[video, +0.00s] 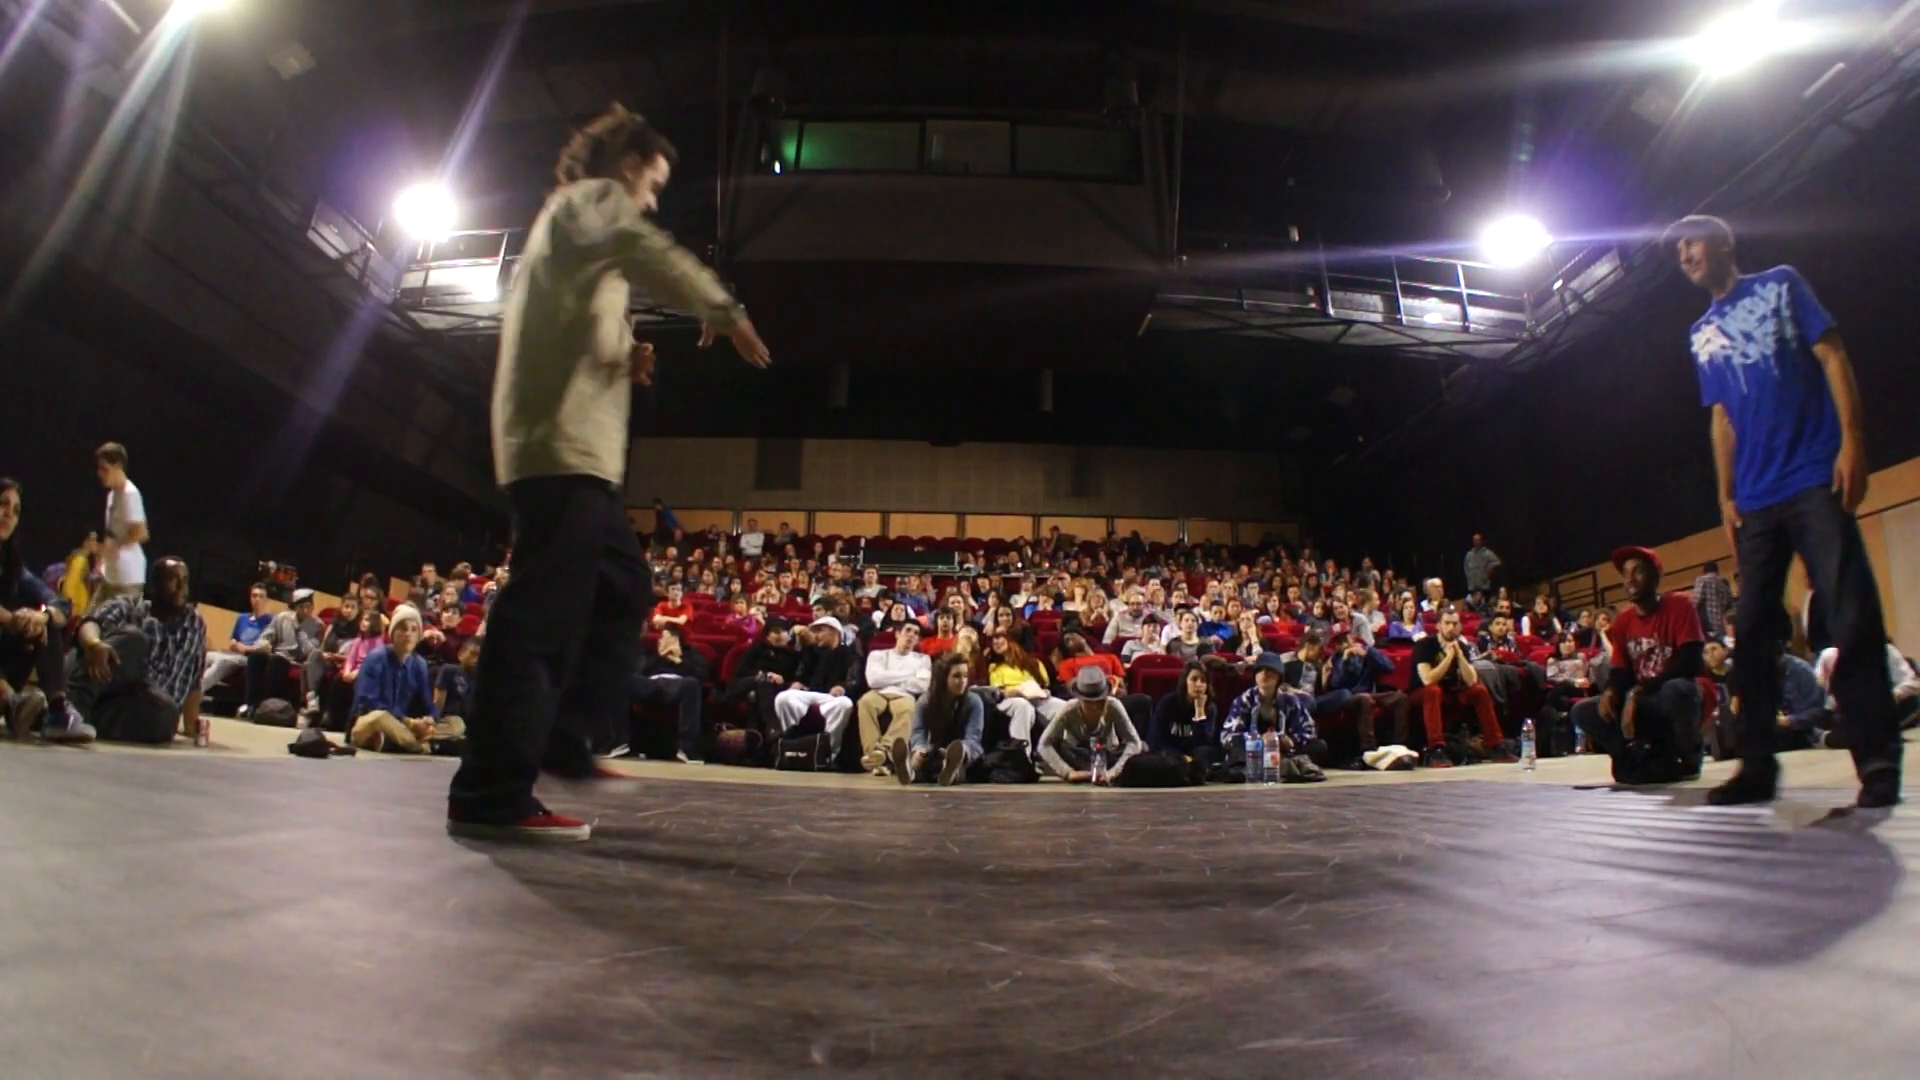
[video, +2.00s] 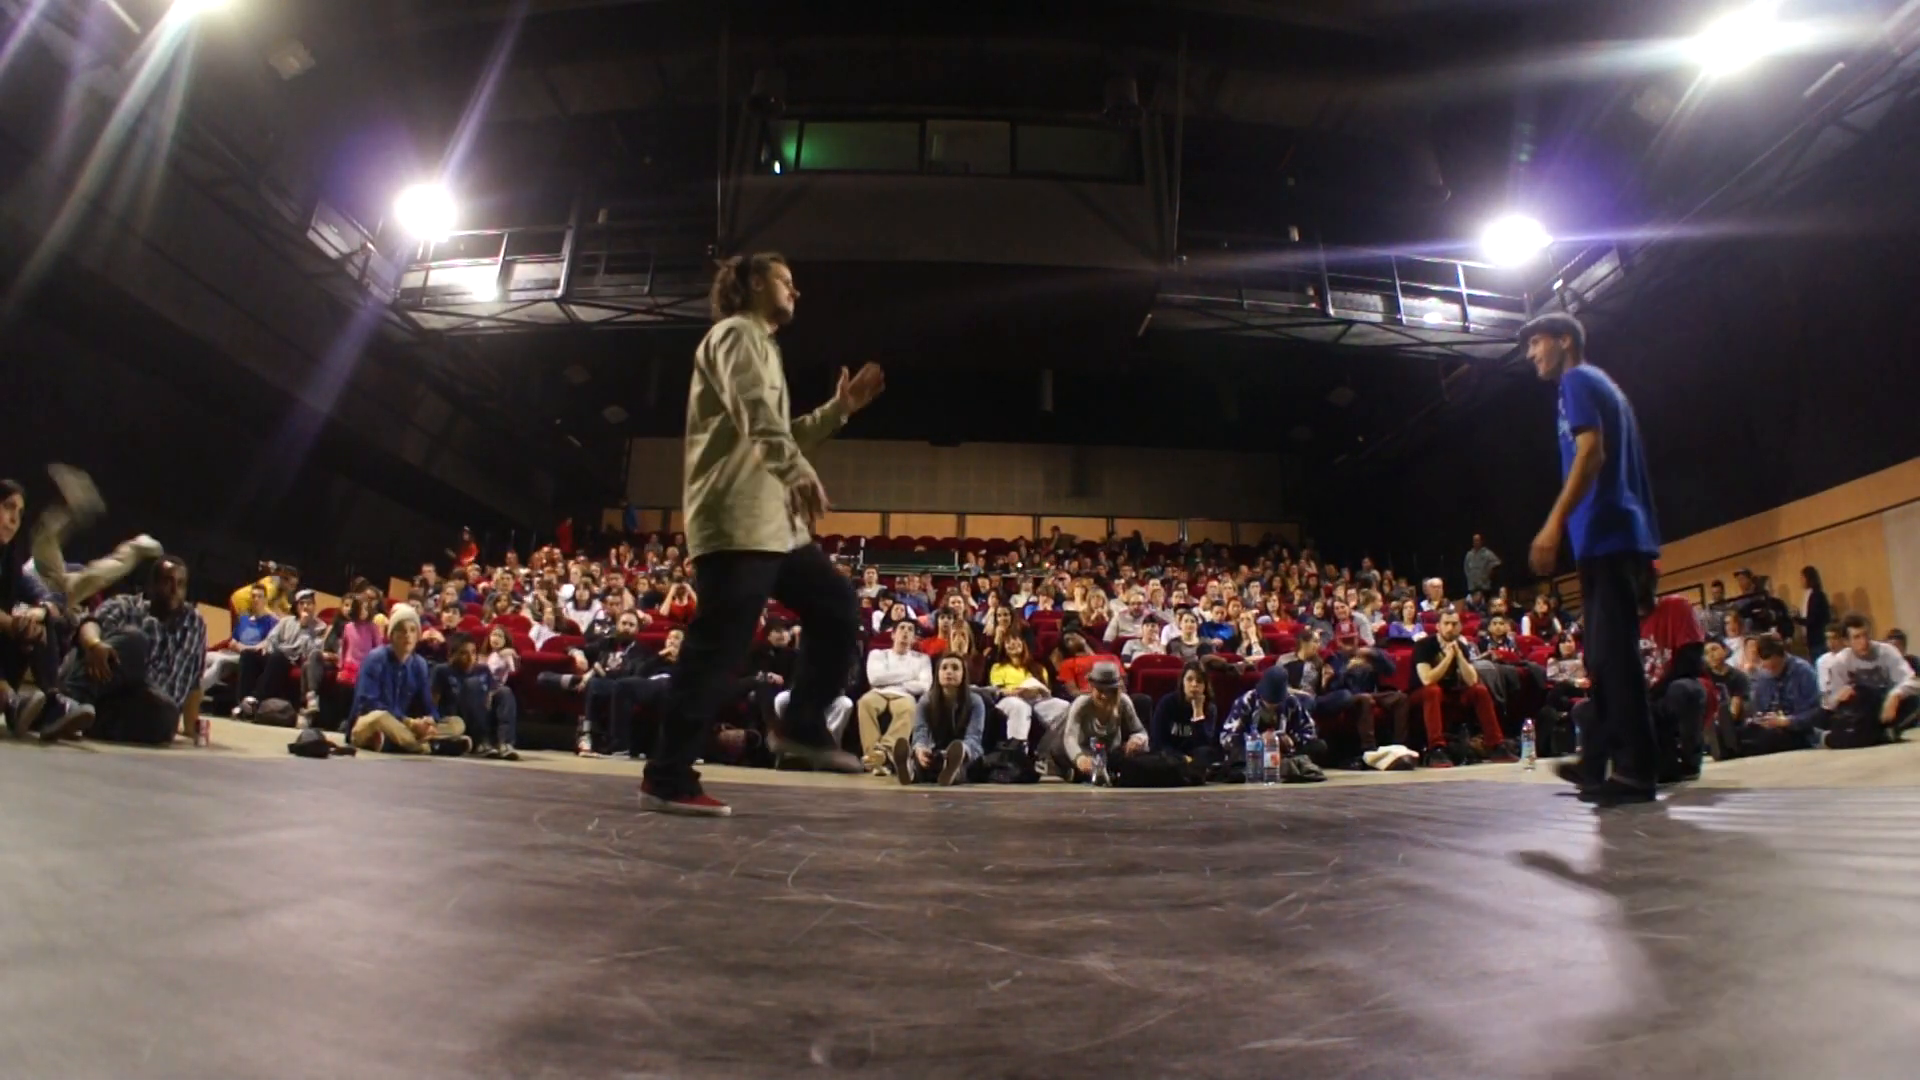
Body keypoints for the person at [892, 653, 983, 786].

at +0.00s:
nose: (962, 681)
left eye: (965, 676)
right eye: (956, 676)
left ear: (968, 678)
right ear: (943, 678)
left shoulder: (974, 702)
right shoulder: (926, 701)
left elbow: (973, 738)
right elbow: (918, 731)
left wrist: (960, 751)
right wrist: (919, 749)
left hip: (959, 750)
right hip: (932, 749)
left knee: (955, 762)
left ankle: (950, 772)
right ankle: (910, 770)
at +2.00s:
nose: (949, 672)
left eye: (955, 668)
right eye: (944, 667)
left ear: (963, 674)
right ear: (937, 673)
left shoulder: (975, 701)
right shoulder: (926, 701)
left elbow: (974, 738)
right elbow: (920, 730)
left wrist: (961, 751)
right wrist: (920, 747)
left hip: (962, 751)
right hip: (934, 749)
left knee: (956, 763)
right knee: (920, 761)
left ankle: (949, 774)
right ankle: (910, 769)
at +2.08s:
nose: (948, 672)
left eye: (955, 668)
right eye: (944, 667)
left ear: (963, 674)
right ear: (937, 673)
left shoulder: (975, 701)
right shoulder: (925, 701)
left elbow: (974, 737)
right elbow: (920, 730)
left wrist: (961, 751)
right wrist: (920, 747)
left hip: (962, 752)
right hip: (933, 750)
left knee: (956, 764)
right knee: (919, 762)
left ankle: (949, 774)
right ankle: (910, 769)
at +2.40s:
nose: (947, 672)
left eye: (953, 668)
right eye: (943, 668)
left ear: (962, 673)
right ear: (936, 673)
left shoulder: (974, 701)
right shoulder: (925, 701)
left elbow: (974, 737)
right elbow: (920, 730)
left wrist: (961, 751)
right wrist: (920, 748)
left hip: (961, 752)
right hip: (933, 751)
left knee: (955, 764)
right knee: (918, 762)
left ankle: (949, 774)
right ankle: (909, 769)